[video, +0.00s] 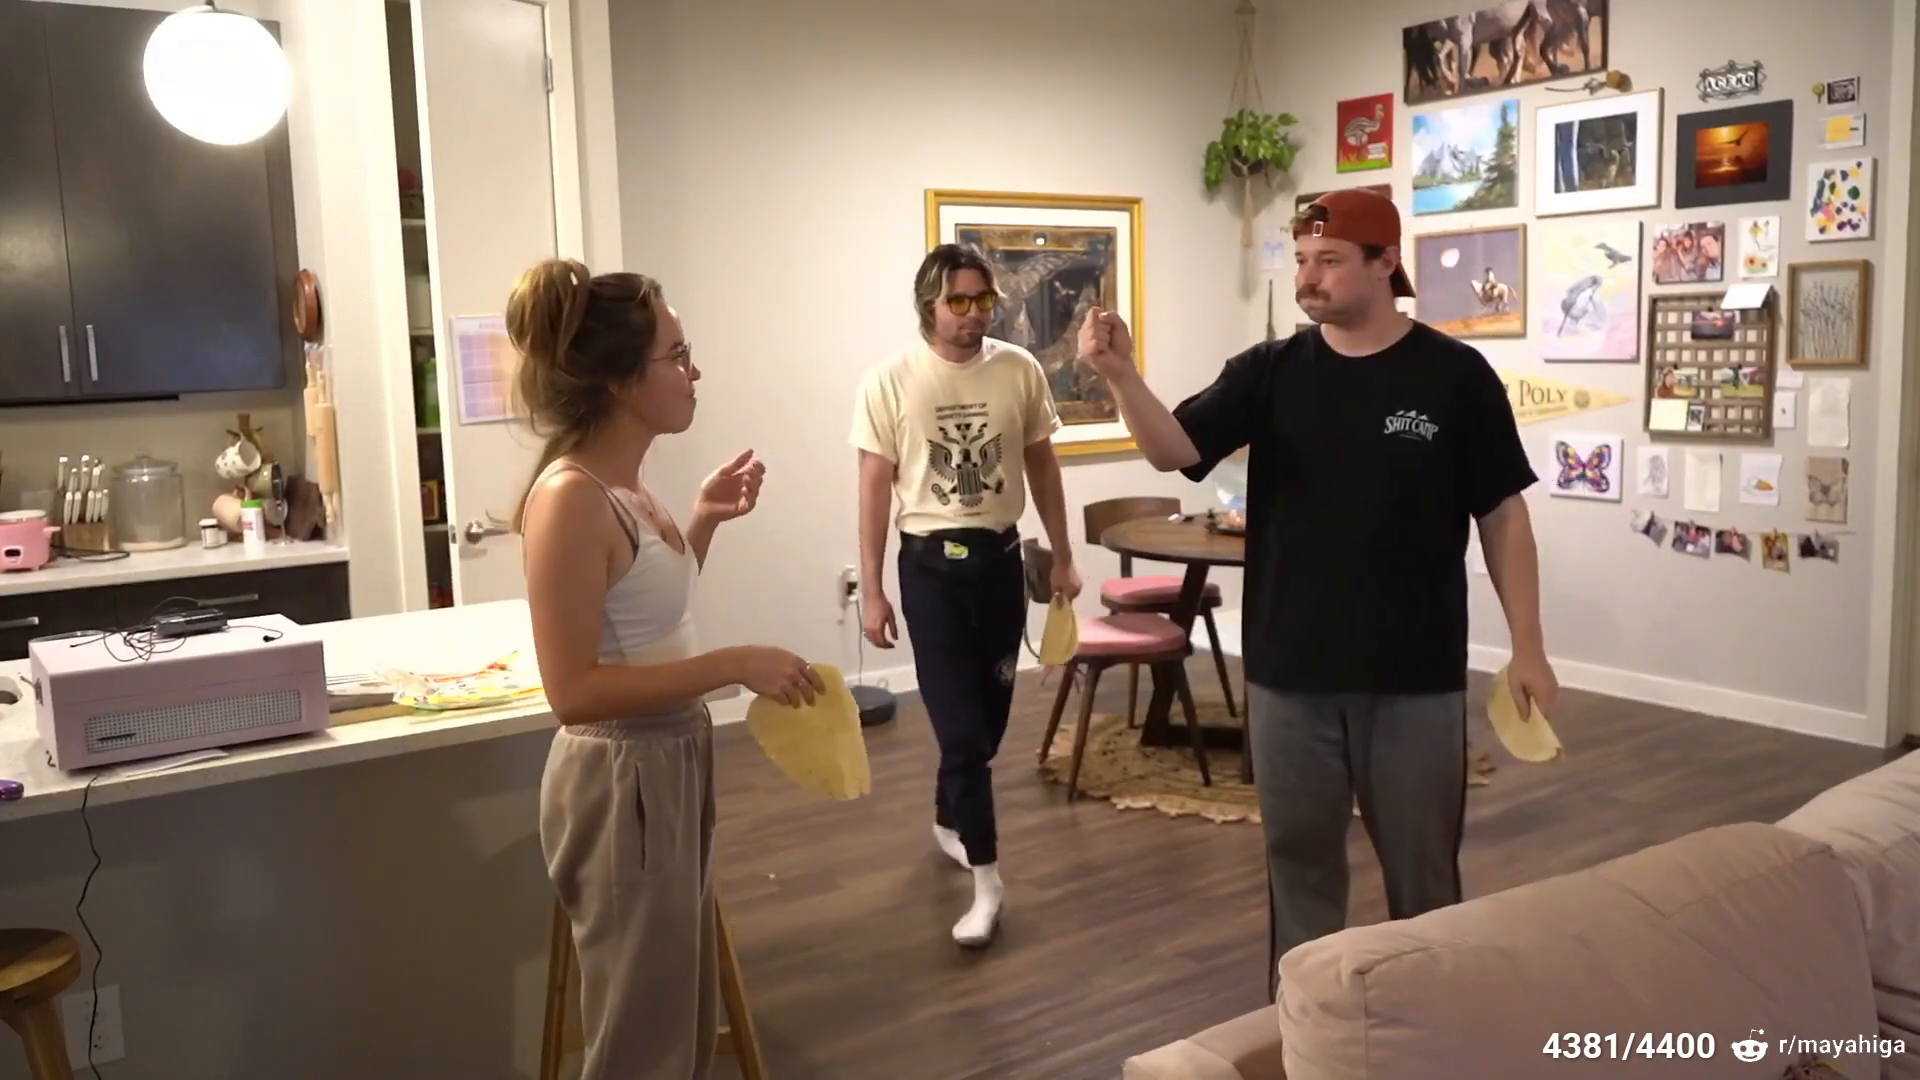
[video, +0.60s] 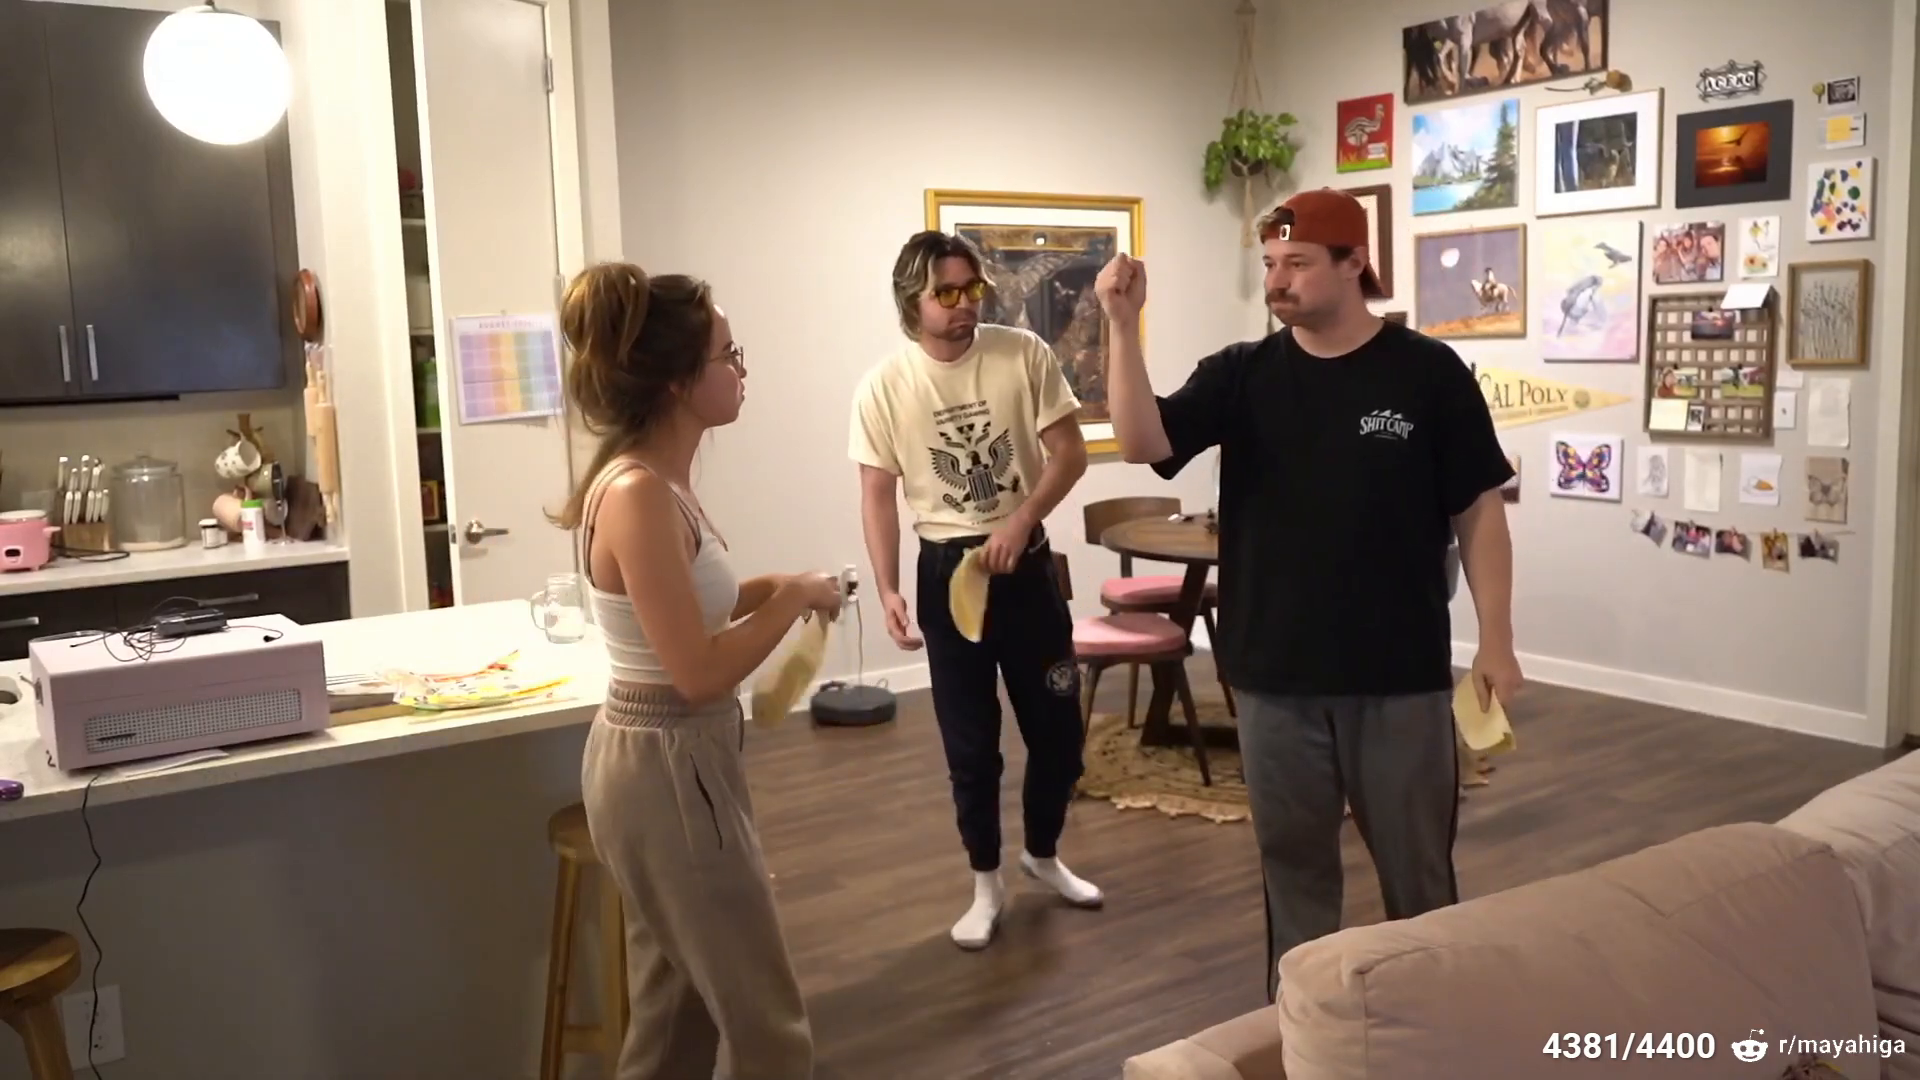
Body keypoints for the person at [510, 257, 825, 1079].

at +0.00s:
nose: (694, 372)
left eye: (686, 353)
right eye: (677, 358)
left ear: (625, 383)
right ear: (618, 383)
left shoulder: (628, 485)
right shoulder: (568, 499)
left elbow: (651, 611)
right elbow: (574, 692)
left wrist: (705, 518)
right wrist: (734, 666)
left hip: (668, 759)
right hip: (618, 776)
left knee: (681, 1012)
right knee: (642, 1028)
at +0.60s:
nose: (743, 371)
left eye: (736, 354)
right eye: (728, 359)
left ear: (677, 384)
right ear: (679, 385)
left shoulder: (660, 481)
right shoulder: (638, 495)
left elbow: (689, 621)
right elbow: (698, 675)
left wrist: (776, 594)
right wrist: (789, 600)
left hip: (664, 755)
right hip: (667, 769)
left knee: (667, 1020)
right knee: (769, 1027)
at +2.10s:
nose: (805, 367)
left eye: (800, 350)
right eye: (795, 352)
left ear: (727, 373)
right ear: (745, 373)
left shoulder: (677, 472)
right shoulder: (736, 487)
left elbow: (748, 598)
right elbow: (793, 665)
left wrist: (843, 530)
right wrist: (915, 623)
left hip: (696, 734)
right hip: (749, 753)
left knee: (742, 982)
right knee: (794, 1000)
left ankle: (734, 1070)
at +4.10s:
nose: (849, 363)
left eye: (844, 349)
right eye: (838, 353)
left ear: (778, 379)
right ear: (792, 378)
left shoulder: (737, 468)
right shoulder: (768, 485)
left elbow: (809, 578)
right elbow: (784, 666)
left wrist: (895, 503)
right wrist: (921, 641)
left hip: (743, 729)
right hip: (783, 745)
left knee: (771, 967)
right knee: (818, 986)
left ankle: (750, 1074)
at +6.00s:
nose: (861, 371)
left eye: (857, 356)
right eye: (852, 359)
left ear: (795, 377)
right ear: (805, 376)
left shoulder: (753, 468)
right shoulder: (770, 482)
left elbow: (823, 592)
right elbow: (780, 665)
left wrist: (937, 546)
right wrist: (924, 646)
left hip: (761, 730)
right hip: (785, 744)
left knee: (781, 968)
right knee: (815, 978)